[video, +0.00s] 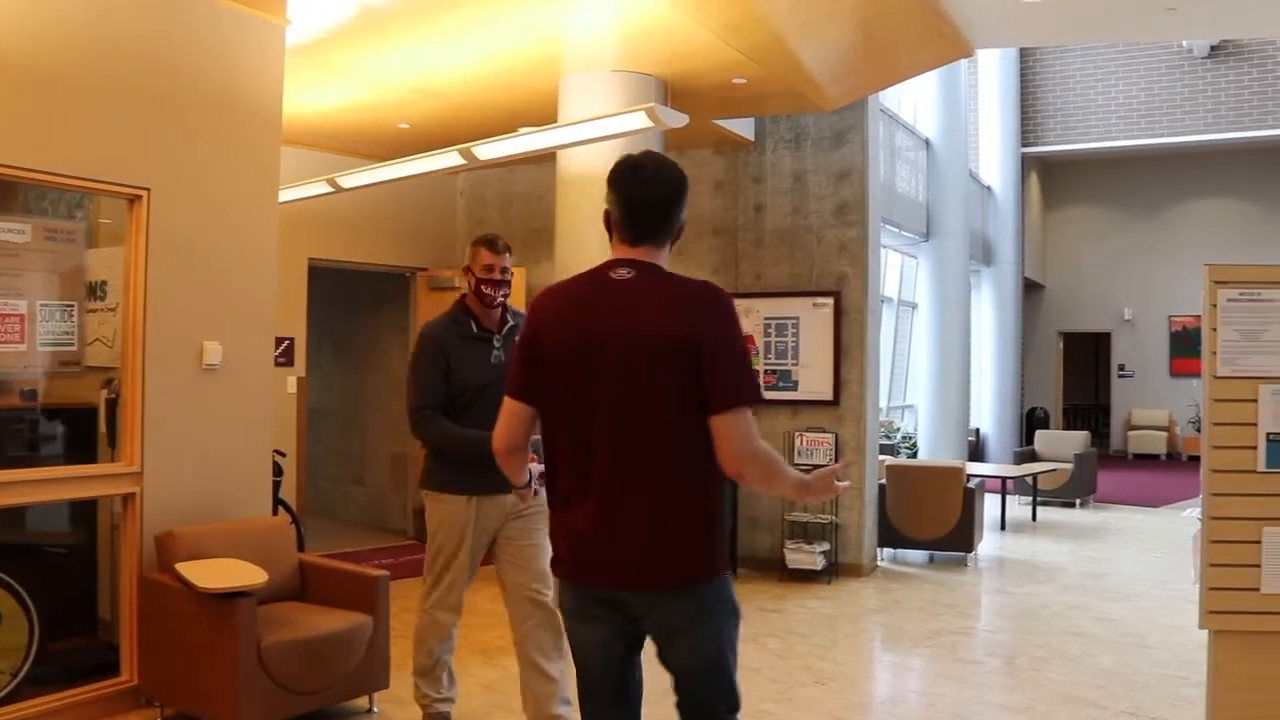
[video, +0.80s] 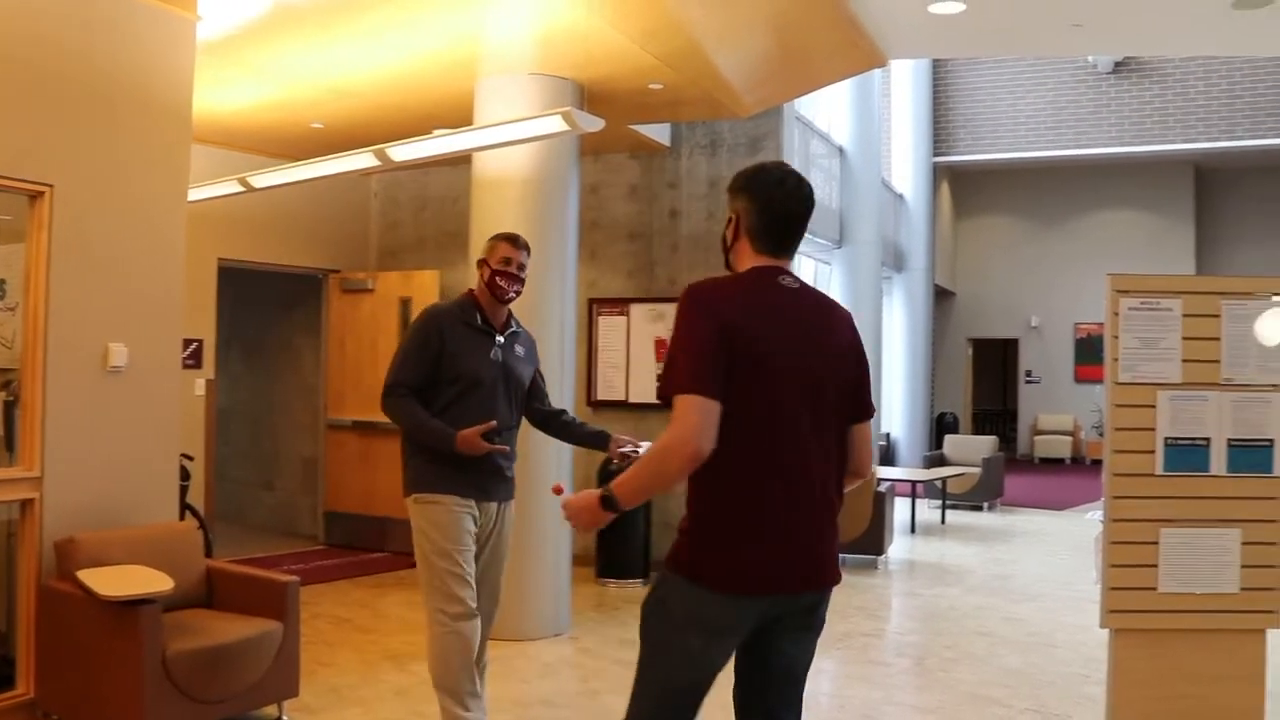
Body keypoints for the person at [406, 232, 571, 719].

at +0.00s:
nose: (497, 280)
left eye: (504, 272)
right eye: (488, 272)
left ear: (512, 275)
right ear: (467, 274)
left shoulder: (527, 333)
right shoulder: (438, 336)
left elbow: (547, 401)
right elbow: (423, 421)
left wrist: (539, 451)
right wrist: (497, 444)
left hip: (524, 489)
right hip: (457, 492)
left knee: (538, 602)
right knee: (443, 603)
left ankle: (554, 712)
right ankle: (436, 706)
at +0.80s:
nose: (512, 277)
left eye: (520, 272)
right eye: (504, 267)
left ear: (525, 279)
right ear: (481, 267)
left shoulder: (522, 341)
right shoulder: (438, 322)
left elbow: (543, 412)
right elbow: (395, 397)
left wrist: (607, 440)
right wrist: (450, 438)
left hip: (496, 493)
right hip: (441, 490)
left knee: (481, 612)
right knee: (456, 611)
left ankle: (467, 710)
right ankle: (463, 714)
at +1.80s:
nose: (467, 256)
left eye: (470, 247)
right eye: (455, 247)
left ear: (473, 252)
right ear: (422, 251)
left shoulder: (455, 317)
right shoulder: (392, 319)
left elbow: (469, 395)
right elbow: (362, 423)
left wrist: (527, 414)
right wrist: (443, 464)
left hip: (461, 501)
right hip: (406, 511)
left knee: (475, 616)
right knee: (416, 649)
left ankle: (439, 714)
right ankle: (404, 719)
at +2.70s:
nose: (430, 257)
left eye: (435, 250)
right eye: (421, 246)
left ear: (436, 256)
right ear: (390, 246)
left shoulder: (415, 320)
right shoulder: (348, 308)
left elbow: (433, 414)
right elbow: (313, 398)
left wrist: (501, 443)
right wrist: (392, 438)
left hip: (412, 499)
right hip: (361, 498)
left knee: (392, 633)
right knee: (370, 630)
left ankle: (369, 712)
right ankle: (324, 717)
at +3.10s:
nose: (398, 255)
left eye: (403, 247)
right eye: (389, 243)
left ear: (404, 251)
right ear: (355, 240)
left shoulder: (378, 317)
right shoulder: (311, 302)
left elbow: (384, 415)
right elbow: (274, 396)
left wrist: (425, 479)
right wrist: (351, 449)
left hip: (361, 495)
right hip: (314, 495)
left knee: (312, 631)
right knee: (338, 640)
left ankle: (303, 715)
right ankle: (343, 718)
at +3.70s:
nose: (347, 238)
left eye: (351, 228)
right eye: (336, 225)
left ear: (352, 229)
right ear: (298, 224)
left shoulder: (324, 295)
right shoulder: (264, 297)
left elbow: (325, 399)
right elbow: (236, 417)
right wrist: (327, 474)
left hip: (319, 506)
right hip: (283, 508)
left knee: (279, 661)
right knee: (295, 672)